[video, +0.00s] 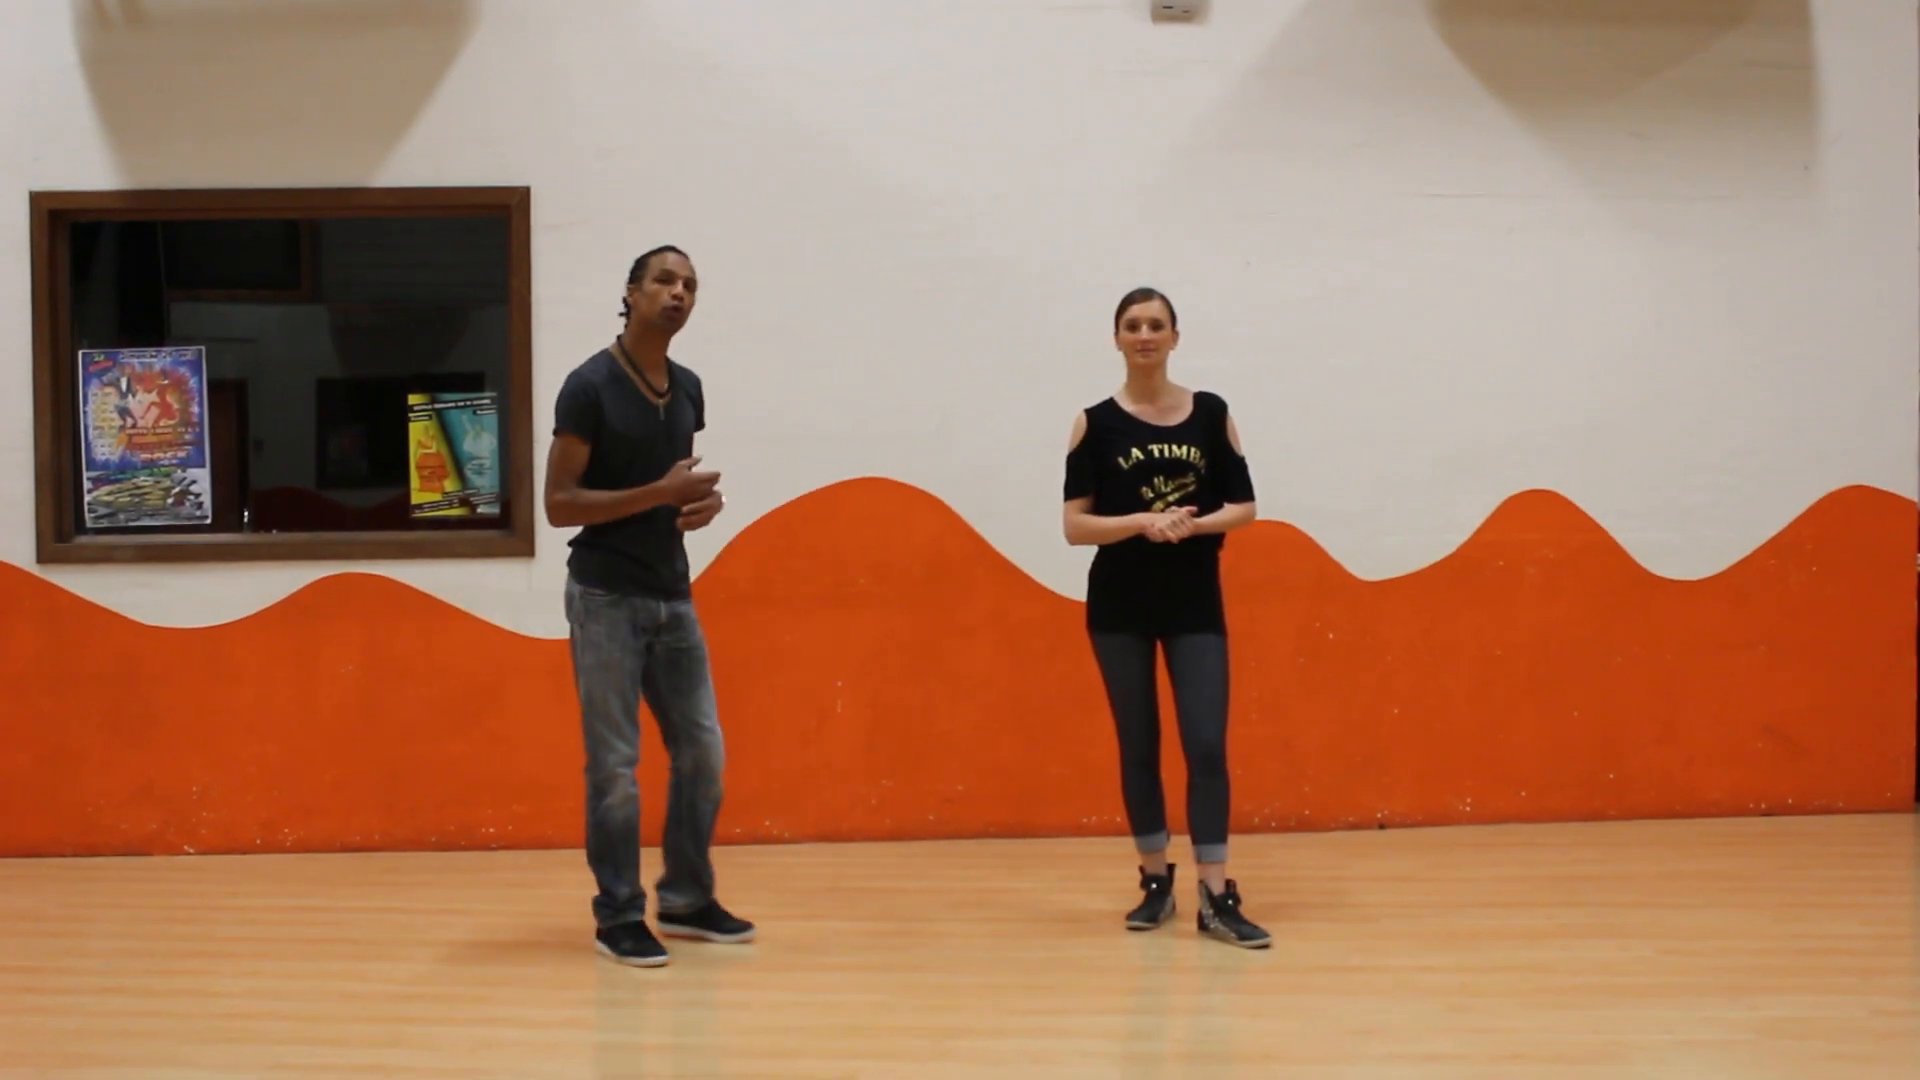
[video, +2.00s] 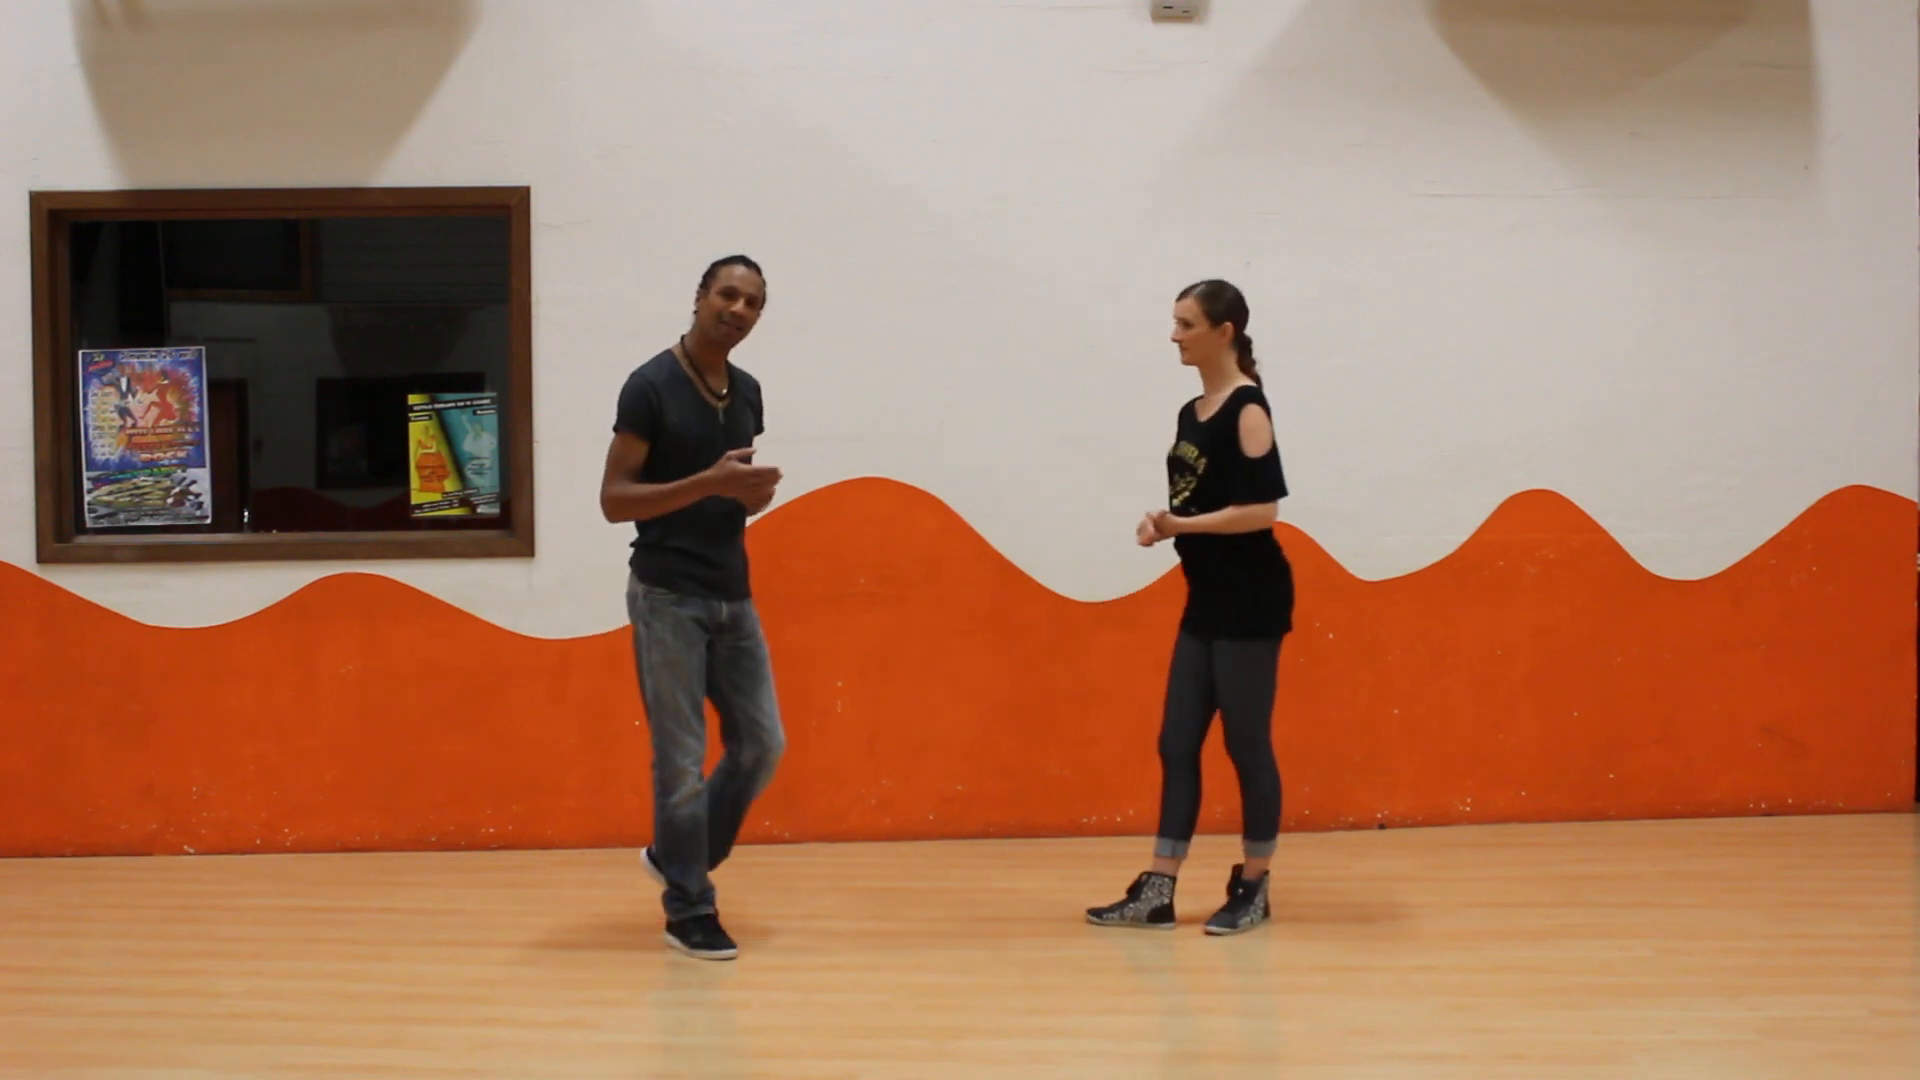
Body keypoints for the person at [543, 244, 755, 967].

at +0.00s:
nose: (679, 293)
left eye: (688, 286)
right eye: (665, 279)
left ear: (692, 308)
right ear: (629, 294)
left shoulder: (686, 392)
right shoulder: (589, 386)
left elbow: (659, 502)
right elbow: (559, 506)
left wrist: (694, 509)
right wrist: (661, 493)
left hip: (671, 597)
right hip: (604, 596)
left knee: (701, 750)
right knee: (615, 759)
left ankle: (686, 897)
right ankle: (619, 914)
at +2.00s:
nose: (738, 310)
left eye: (751, 303)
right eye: (728, 295)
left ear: (757, 319)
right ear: (698, 298)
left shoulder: (746, 392)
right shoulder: (650, 387)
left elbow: (735, 498)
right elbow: (614, 501)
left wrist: (756, 489)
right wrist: (707, 483)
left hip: (730, 597)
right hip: (667, 597)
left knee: (760, 743)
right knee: (682, 756)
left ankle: (680, 851)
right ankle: (690, 912)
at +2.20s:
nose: (741, 309)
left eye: (753, 302)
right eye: (730, 294)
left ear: (759, 318)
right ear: (699, 299)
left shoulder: (747, 395)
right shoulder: (650, 388)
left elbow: (723, 495)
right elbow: (620, 504)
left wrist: (760, 494)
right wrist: (712, 485)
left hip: (731, 597)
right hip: (667, 597)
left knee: (746, 749)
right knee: (682, 756)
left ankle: (675, 849)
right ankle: (691, 912)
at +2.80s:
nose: (702, 297)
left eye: (713, 287)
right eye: (688, 286)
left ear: (728, 302)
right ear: (666, 300)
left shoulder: (747, 386)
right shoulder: (642, 391)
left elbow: (746, 475)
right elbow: (632, 509)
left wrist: (769, 479)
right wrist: (726, 487)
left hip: (736, 593)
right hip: (673, 593)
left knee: (735, 752)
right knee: (688, 753)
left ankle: (701, 884)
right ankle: (688, 906)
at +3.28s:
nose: (755, 309)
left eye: (753, 298)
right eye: (742, 299)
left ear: (725, 313)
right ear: (699, 310)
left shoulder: (746, 393)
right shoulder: (645, 394)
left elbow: (765, 493)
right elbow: (614, 503)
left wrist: (748, 497)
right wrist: (706, 481)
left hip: (725, 593)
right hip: (668, 592)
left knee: (705, 744)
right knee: (690, 745)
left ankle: (672, 880)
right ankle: (691, 904)